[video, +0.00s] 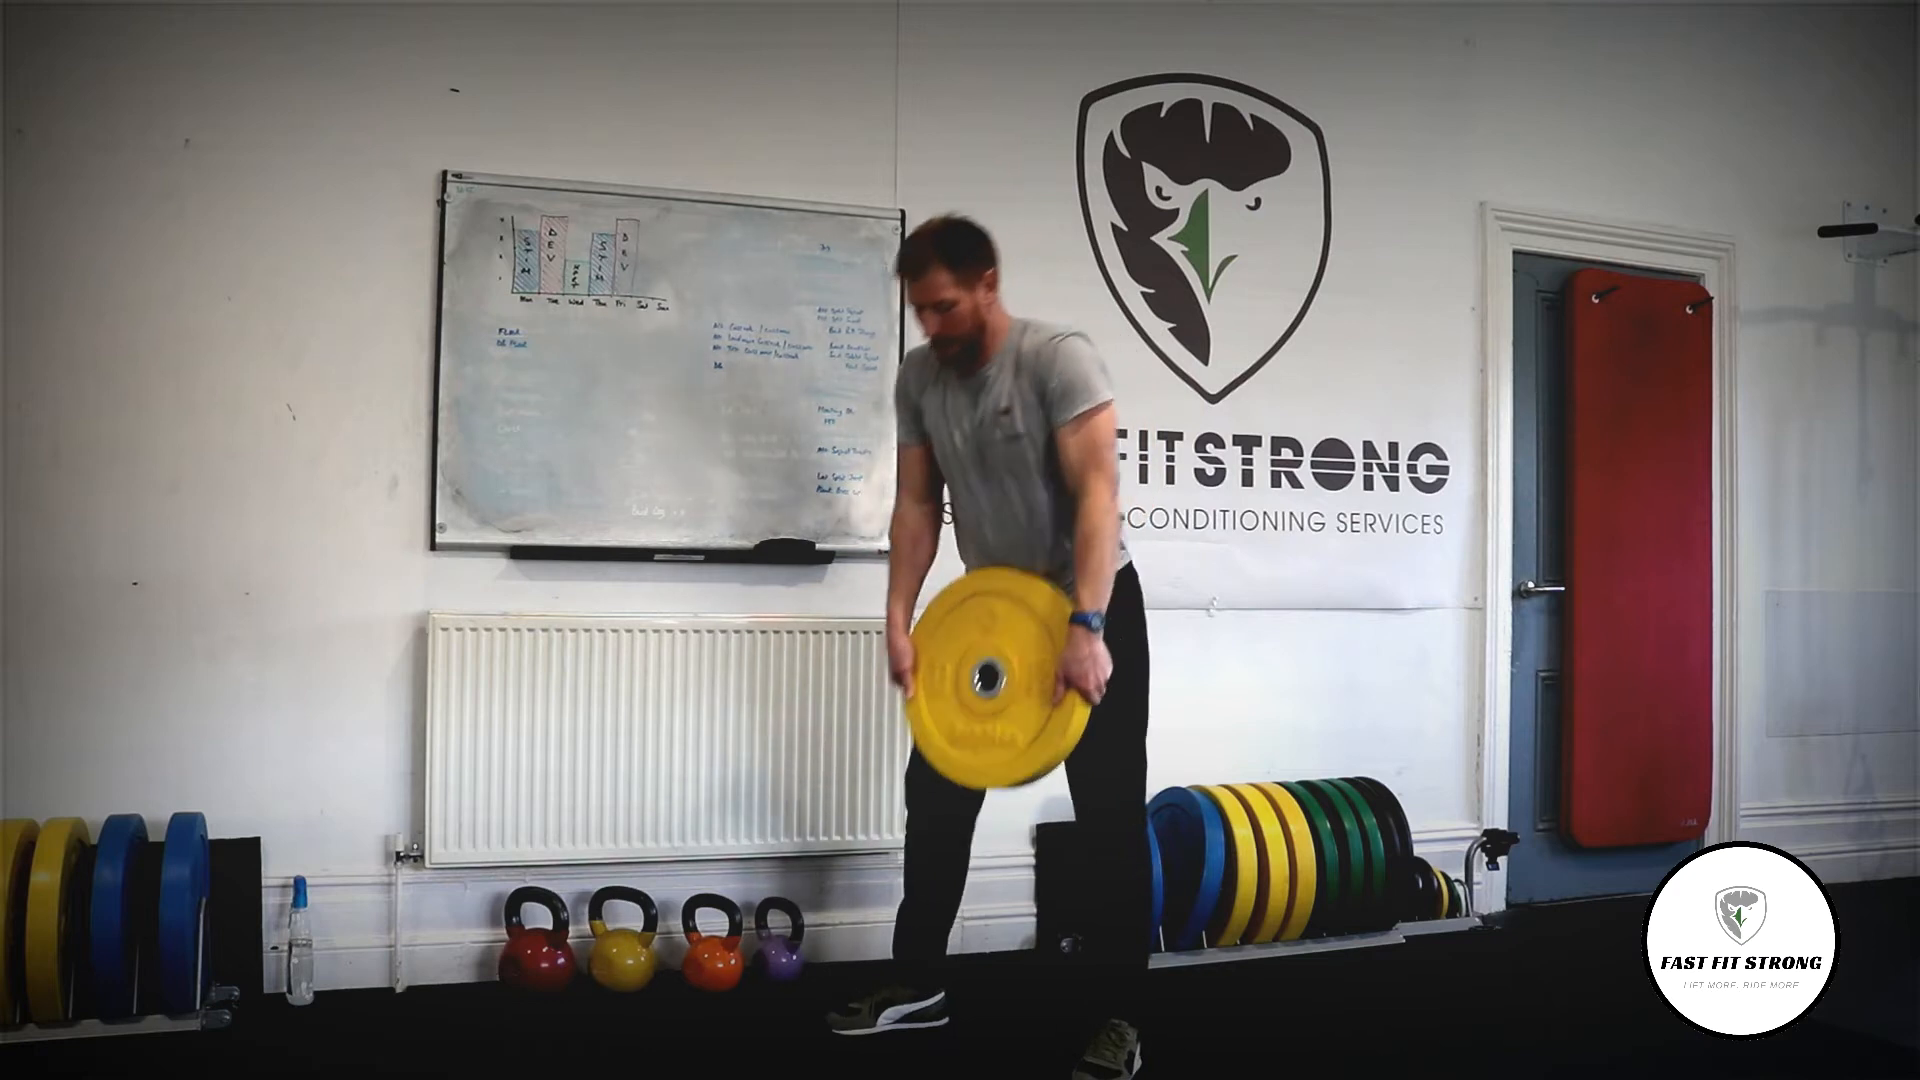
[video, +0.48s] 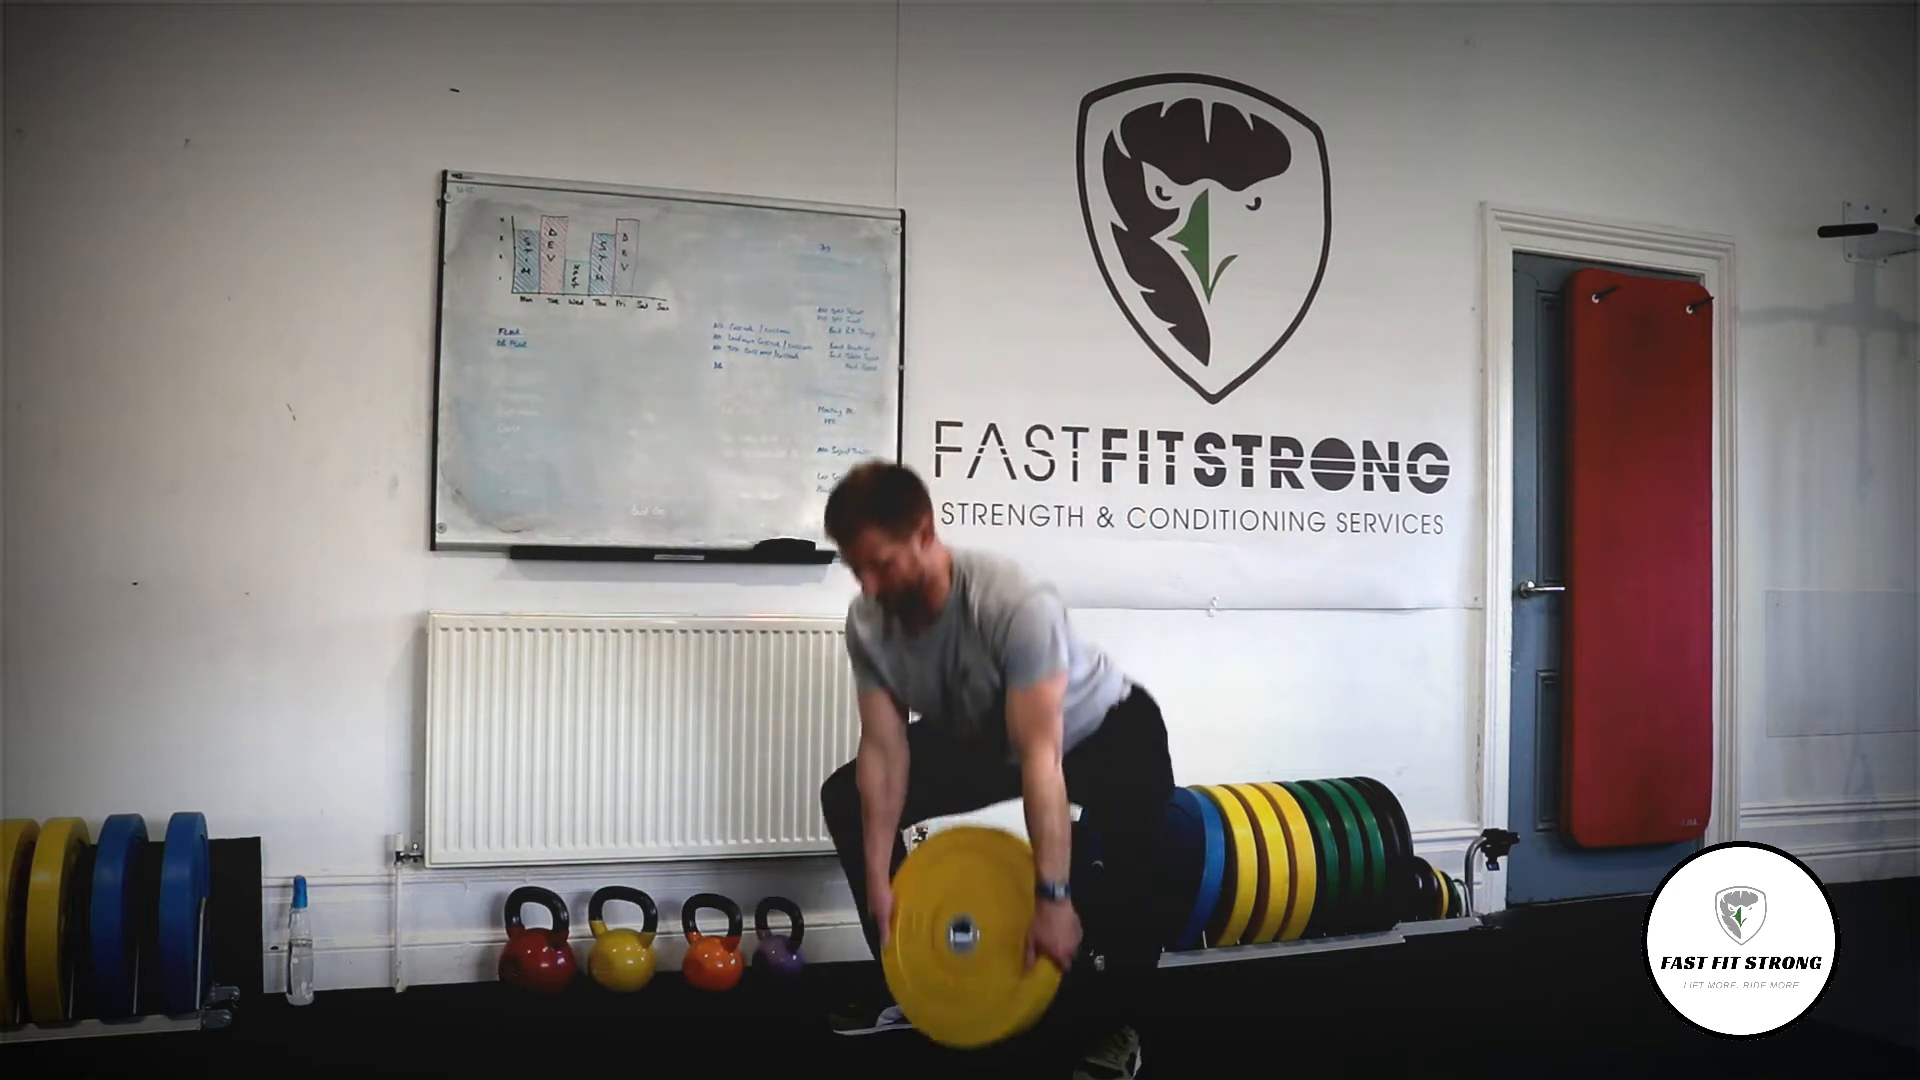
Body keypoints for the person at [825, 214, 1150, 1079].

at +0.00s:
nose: (928, 325)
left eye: (941, 307)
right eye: (918, 309)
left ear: (987, 286)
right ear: (912, 302)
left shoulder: (1058, 358)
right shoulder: (920, 377)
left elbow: (1100, 492)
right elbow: (918, 505)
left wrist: (1088, 624)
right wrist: (898, 616)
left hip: (1089, 603)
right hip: (993, 608)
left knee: (1107, 806)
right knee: (936, 787)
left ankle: (1118, 1014)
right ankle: (917, 982)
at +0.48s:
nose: (868, 586)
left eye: (880, 565)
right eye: (856, 570)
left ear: (926, 536)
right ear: (845, 555)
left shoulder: (1020, 604)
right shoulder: (867, 621)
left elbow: (1041, 754)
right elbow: (881, 752)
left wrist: (1054, 895)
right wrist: (878, 882)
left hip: (1100, 729)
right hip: (988, 741)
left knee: (1136, 860)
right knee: (847, 797)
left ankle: (1114, 1028)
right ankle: (907, 988)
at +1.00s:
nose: (907, 370)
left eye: (925, 356)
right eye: (905, 356)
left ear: (980, 366)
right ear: (904, 368)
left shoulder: (1036, 453)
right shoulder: (903, 468)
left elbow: (1119, 568)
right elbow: (918, 580)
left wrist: (1066, 679)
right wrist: (884, 681)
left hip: (1098, 653)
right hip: (999, 657)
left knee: (1122, 834)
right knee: (884, 783)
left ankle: (1117, 1025)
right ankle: (915, 987)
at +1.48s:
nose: (1044, 246)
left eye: (1064, 243)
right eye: (1043, 238)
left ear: (1088, 277)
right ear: (1024, 268)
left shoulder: (1095, 359)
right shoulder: (962, 345)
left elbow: (1097, 325)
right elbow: (860, 316)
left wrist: (1082, 215)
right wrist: (911, 220)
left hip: (1036, 602)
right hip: (933, 605)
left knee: (1066, 812)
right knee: (921, 811)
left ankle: (1102, 1016)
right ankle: (921, 992)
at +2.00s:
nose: (1006, 208)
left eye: (1025, 204)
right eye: (997, 202)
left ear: (1054, 242)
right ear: (979, 233)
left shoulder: (1068, 312)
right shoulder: (951, 308)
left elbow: (1106, 173)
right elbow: (964, 186)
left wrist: (1150, 67)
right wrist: (987, 78)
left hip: (1027, 592)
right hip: (928, 592)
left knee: (1061, 806)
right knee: (922, 806)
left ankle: (1100, 1013)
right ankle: (922, 992)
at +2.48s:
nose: (1079, 243)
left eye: (1097, 243)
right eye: (1075, 235)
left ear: (1116, 287)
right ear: (1049, 272)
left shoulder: (1108, 357)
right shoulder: (983, 343)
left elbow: (1152, 292)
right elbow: (885, 289)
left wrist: (1129, 181)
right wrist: (938, 195)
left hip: (1050, 599)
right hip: (949, 599)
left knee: (1071, 809)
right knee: (924, 802)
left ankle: (1096, 1011)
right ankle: (923, 988)